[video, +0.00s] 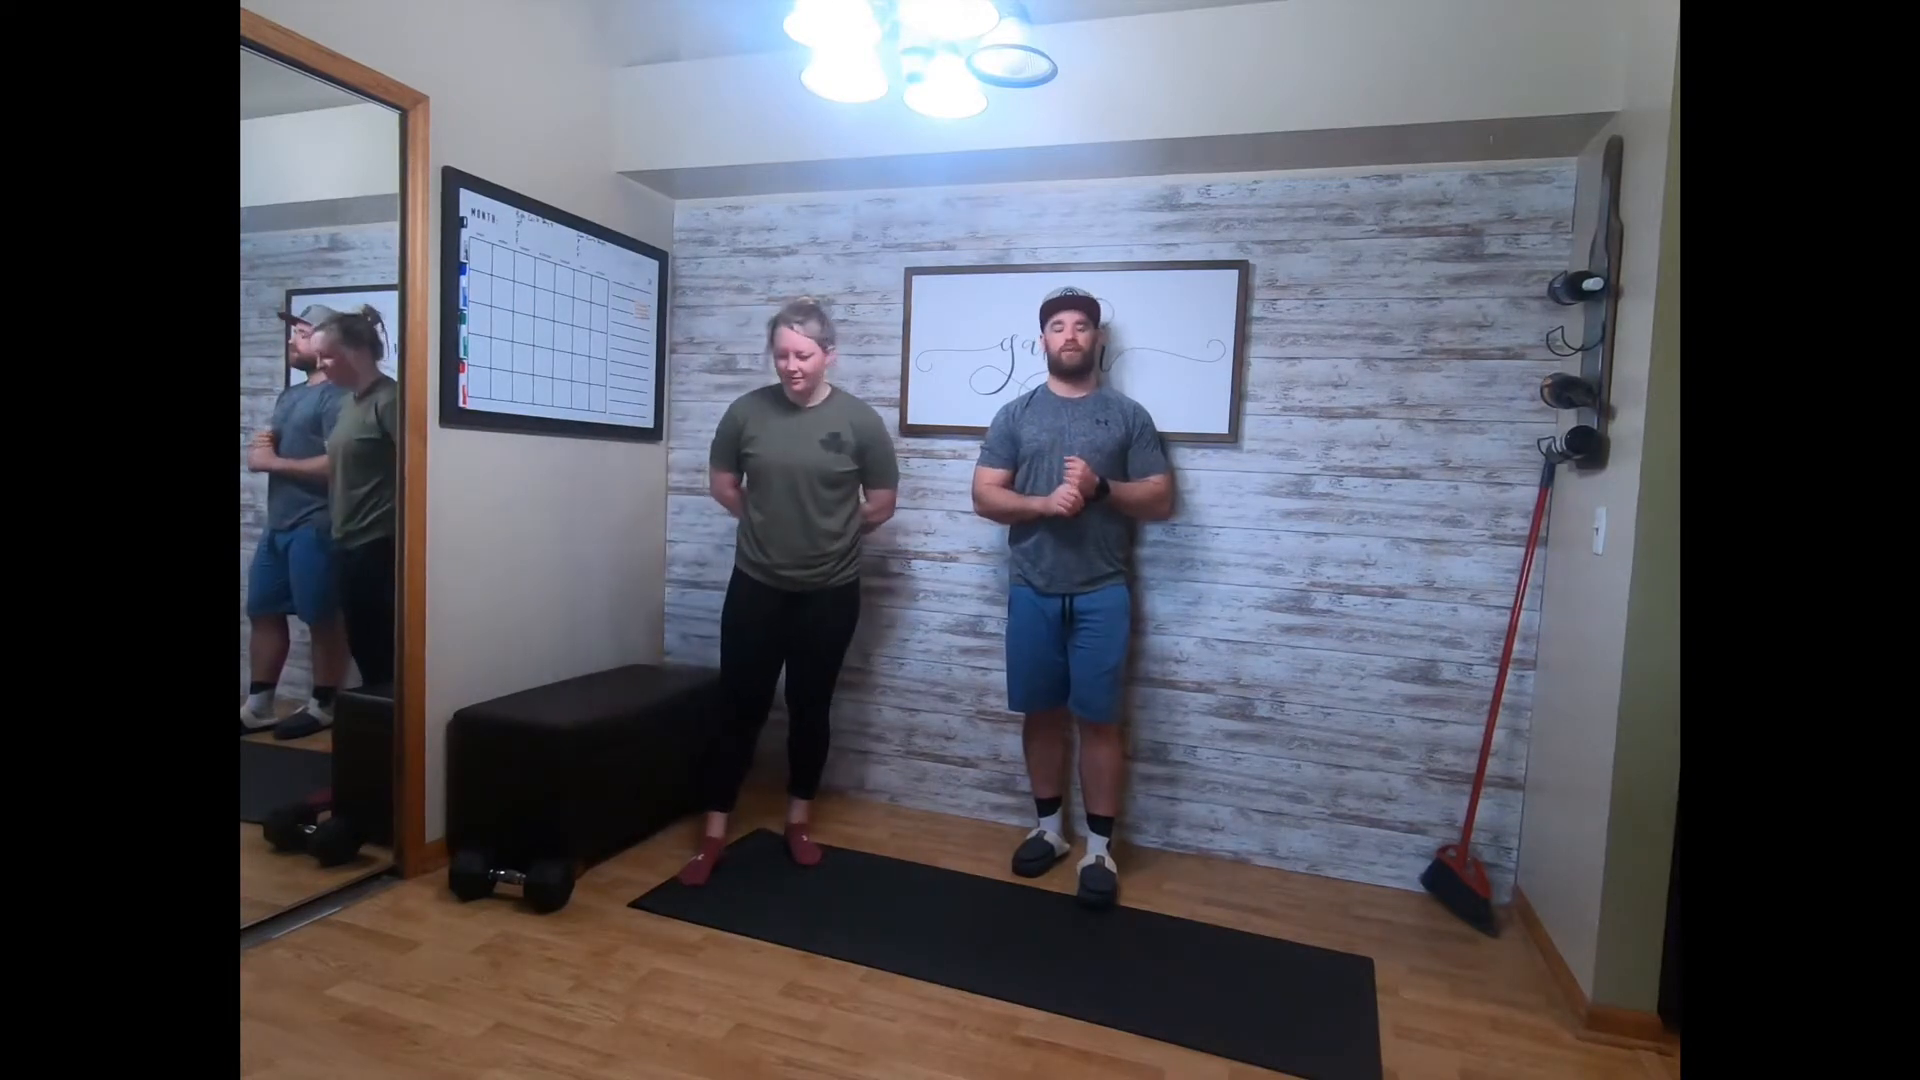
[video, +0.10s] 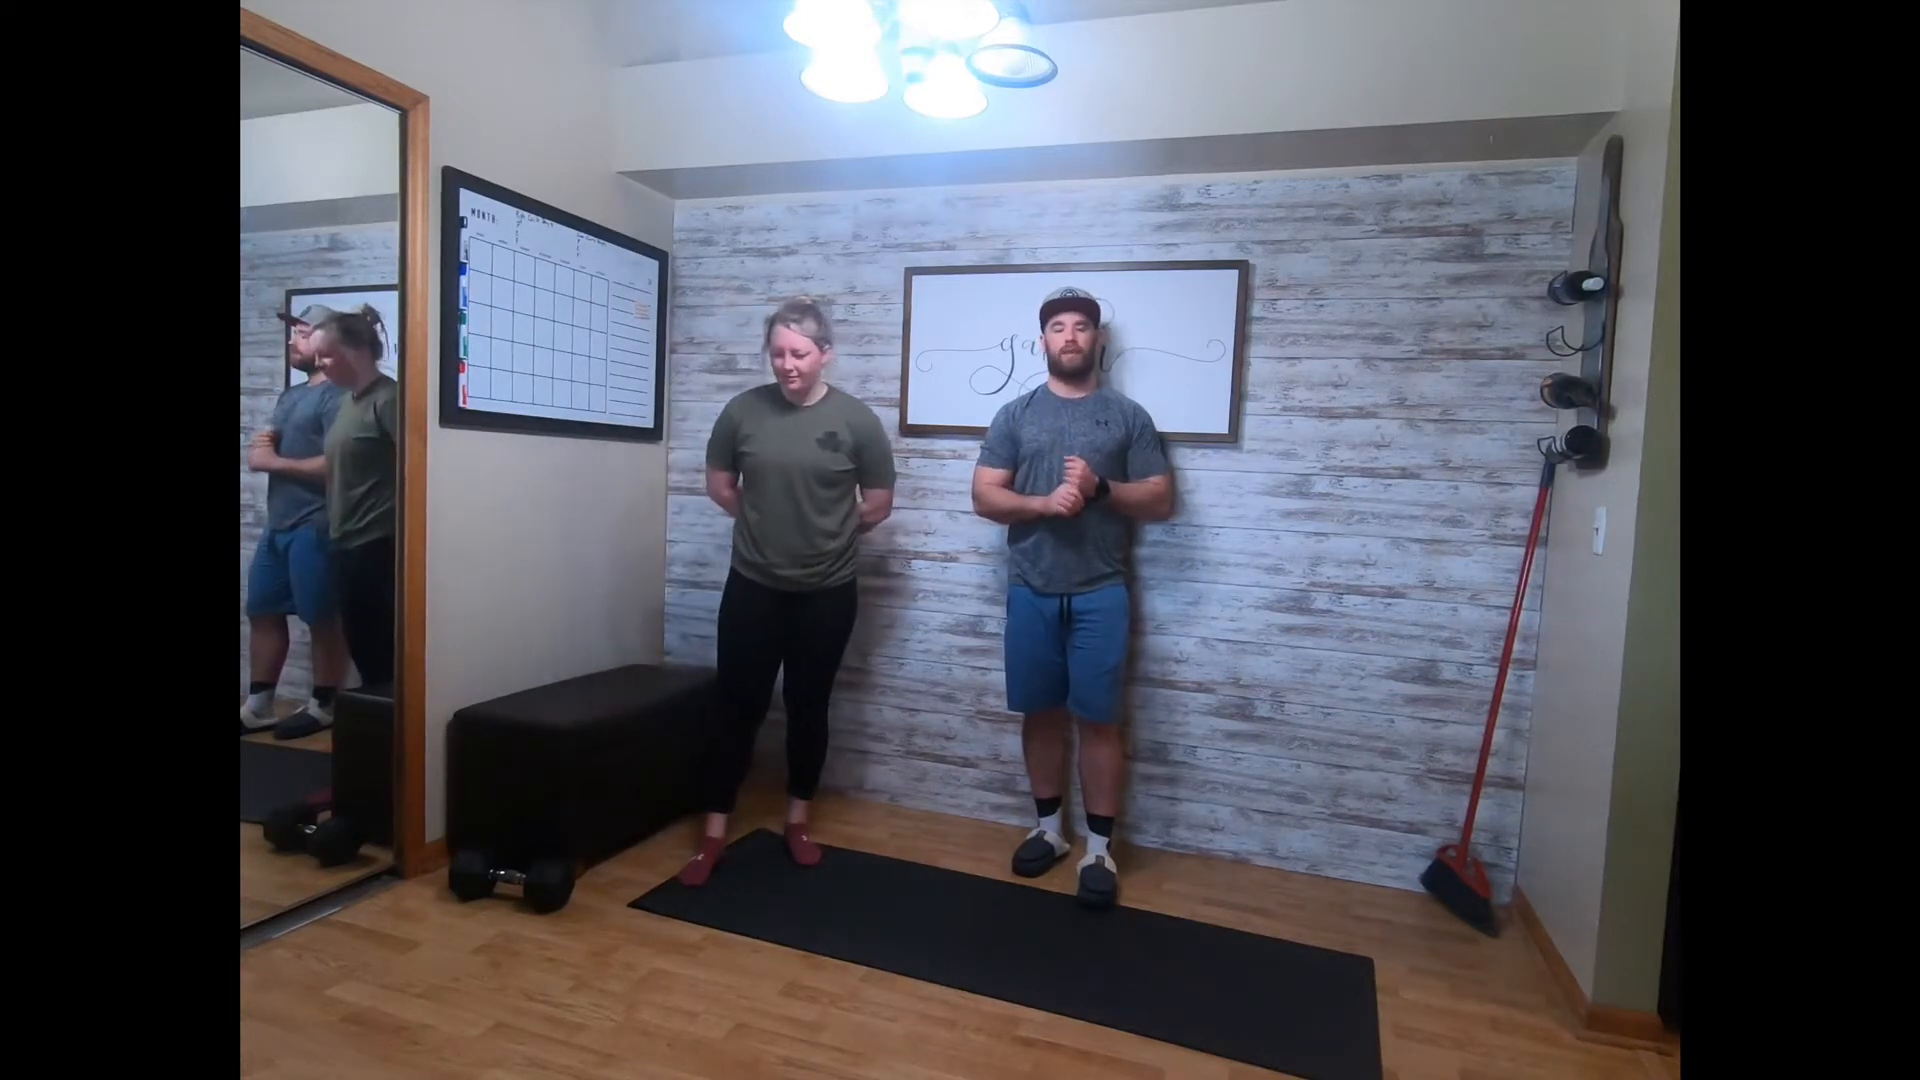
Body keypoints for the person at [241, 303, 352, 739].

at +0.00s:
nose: (293, 338)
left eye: (304, 333)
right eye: (295, 332)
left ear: (327, 346)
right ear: (299, 343)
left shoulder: (338, 397)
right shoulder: (288, 396)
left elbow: (337, 464)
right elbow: (280, 444)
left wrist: (274, 462)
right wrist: (264, 442)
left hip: (317, 523)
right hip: (278, 524)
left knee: (322, 617)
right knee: (264, 610)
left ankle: (324, 706)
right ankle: (259, 704)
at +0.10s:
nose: (293, 339)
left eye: (303, 333)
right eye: (294, 332)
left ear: (327, 345)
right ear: (300, 343)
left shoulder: (338, 396)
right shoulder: (289, 396)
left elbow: (336, 464)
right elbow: (278, 441)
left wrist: (275, 462)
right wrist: (265, 442)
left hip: (317, 524)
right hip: (278, 524)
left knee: (322, 618)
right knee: (263, 610)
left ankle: (324, 707)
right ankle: (259, 704)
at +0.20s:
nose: (294, 341)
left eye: (303, 334)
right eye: (295, 334)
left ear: (326, 346)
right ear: (300, 345)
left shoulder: (339, 396)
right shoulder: (291, 395)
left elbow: (334, 462)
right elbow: (282, 437)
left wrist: (275, 456)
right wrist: (268, 439)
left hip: (317, 523)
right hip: (278, 524)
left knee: (322, 619)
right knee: (263, 610)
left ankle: (324, 707)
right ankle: (259, 704)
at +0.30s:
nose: (294, 338)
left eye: (304, 331)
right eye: (296, 331)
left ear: (327, 344)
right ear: (306, 345)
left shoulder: (341, 395)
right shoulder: (292, 396)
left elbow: (337, 459)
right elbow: (280, 459)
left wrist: (281, 439)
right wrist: (255, 439)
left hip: (317, 524)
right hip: (277, 525)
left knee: (322, 618)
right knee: (262, 610)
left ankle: (324, 707)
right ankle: (259, 704)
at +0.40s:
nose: (294, 338)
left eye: (303, 332)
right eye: (295, 332)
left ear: (326, 345)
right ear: (305, 346)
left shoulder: (341, 394)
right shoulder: (292, 396)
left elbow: (339, 451)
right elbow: (279, 451)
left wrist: (300, 421)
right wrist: (247, 423)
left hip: (317, 524)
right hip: (277, 523)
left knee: (321, 618)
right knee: (260, 609)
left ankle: (324, 706)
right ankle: (259, 704)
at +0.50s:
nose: (294, 339)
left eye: (304, 332)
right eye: (295, 333)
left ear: (326, 342)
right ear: (299, 344)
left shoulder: (343, 392)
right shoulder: (294, 394)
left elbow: (346, 447)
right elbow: (276, 446)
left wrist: (317, 412)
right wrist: (248, 413)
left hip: (317, 523)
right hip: (276, 523)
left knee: (321, 617)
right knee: (260, 608)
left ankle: (324, 706)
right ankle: (259, 704)